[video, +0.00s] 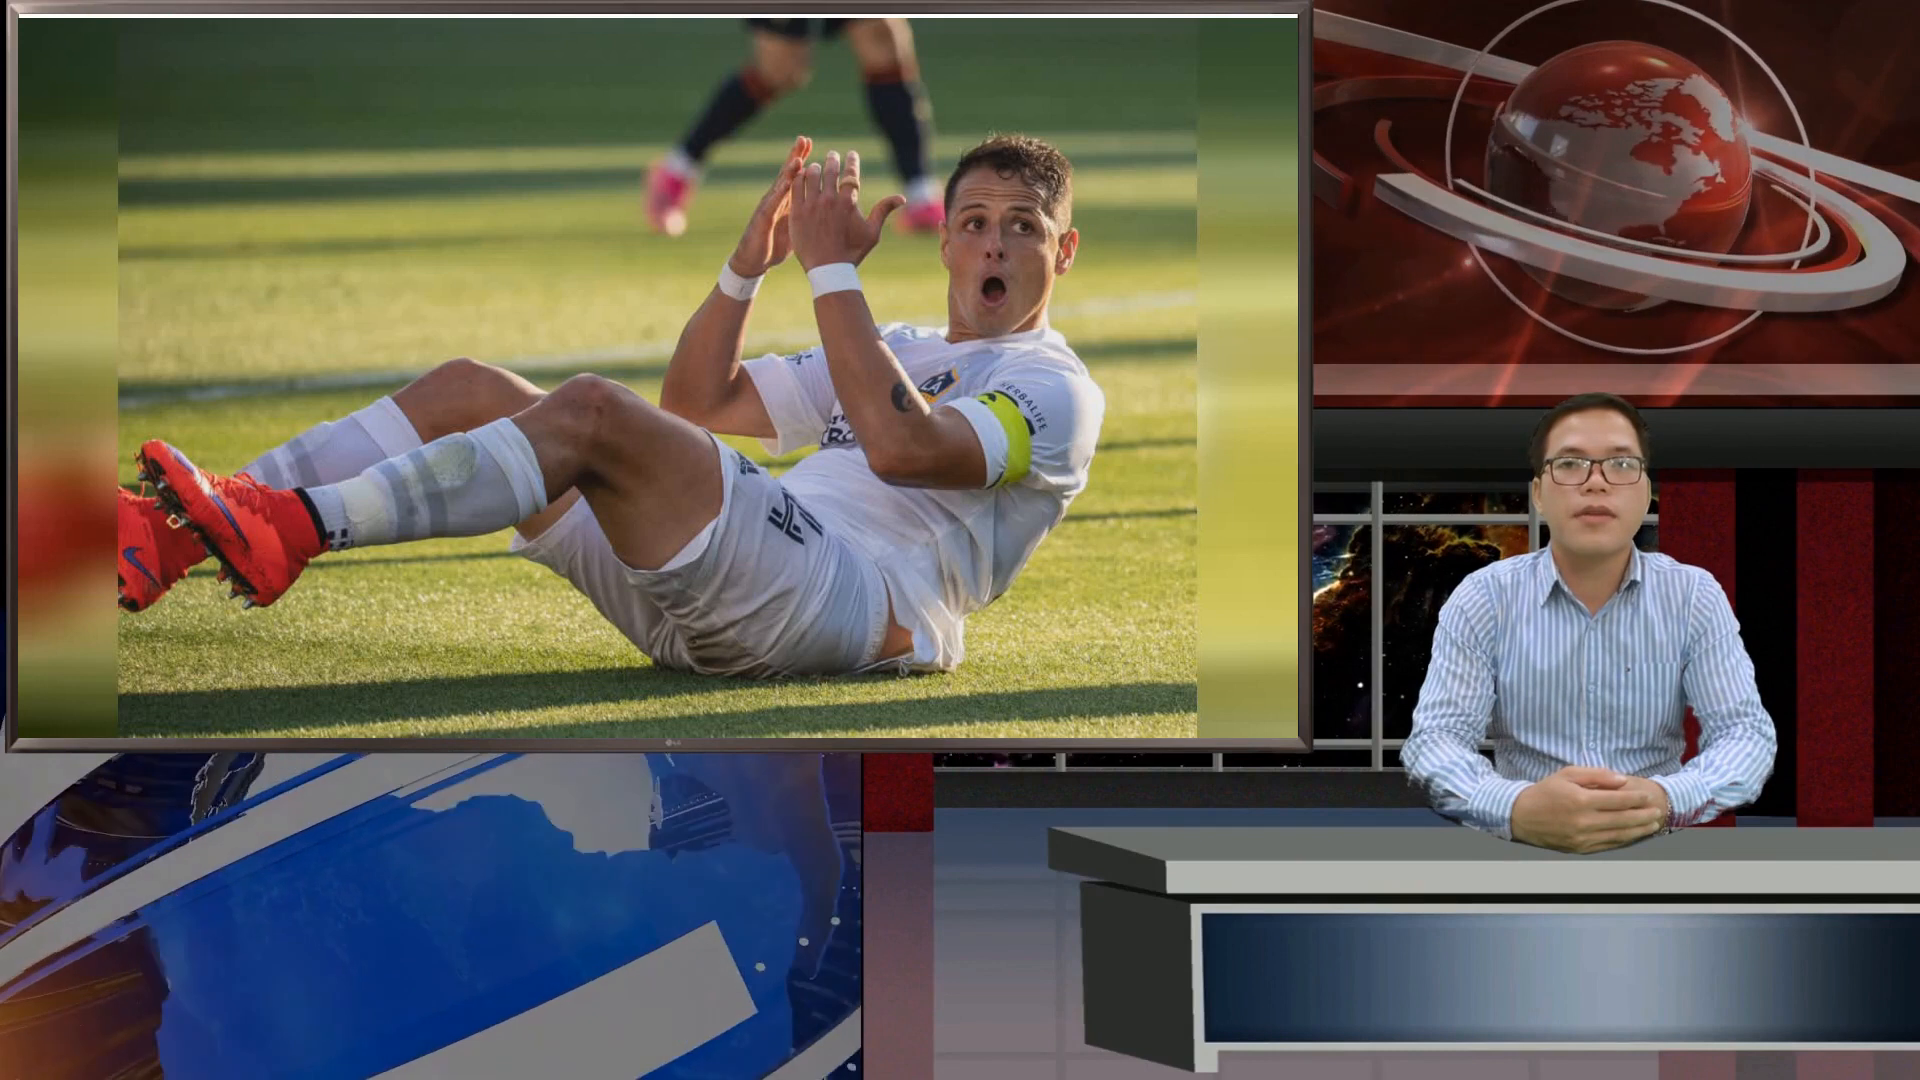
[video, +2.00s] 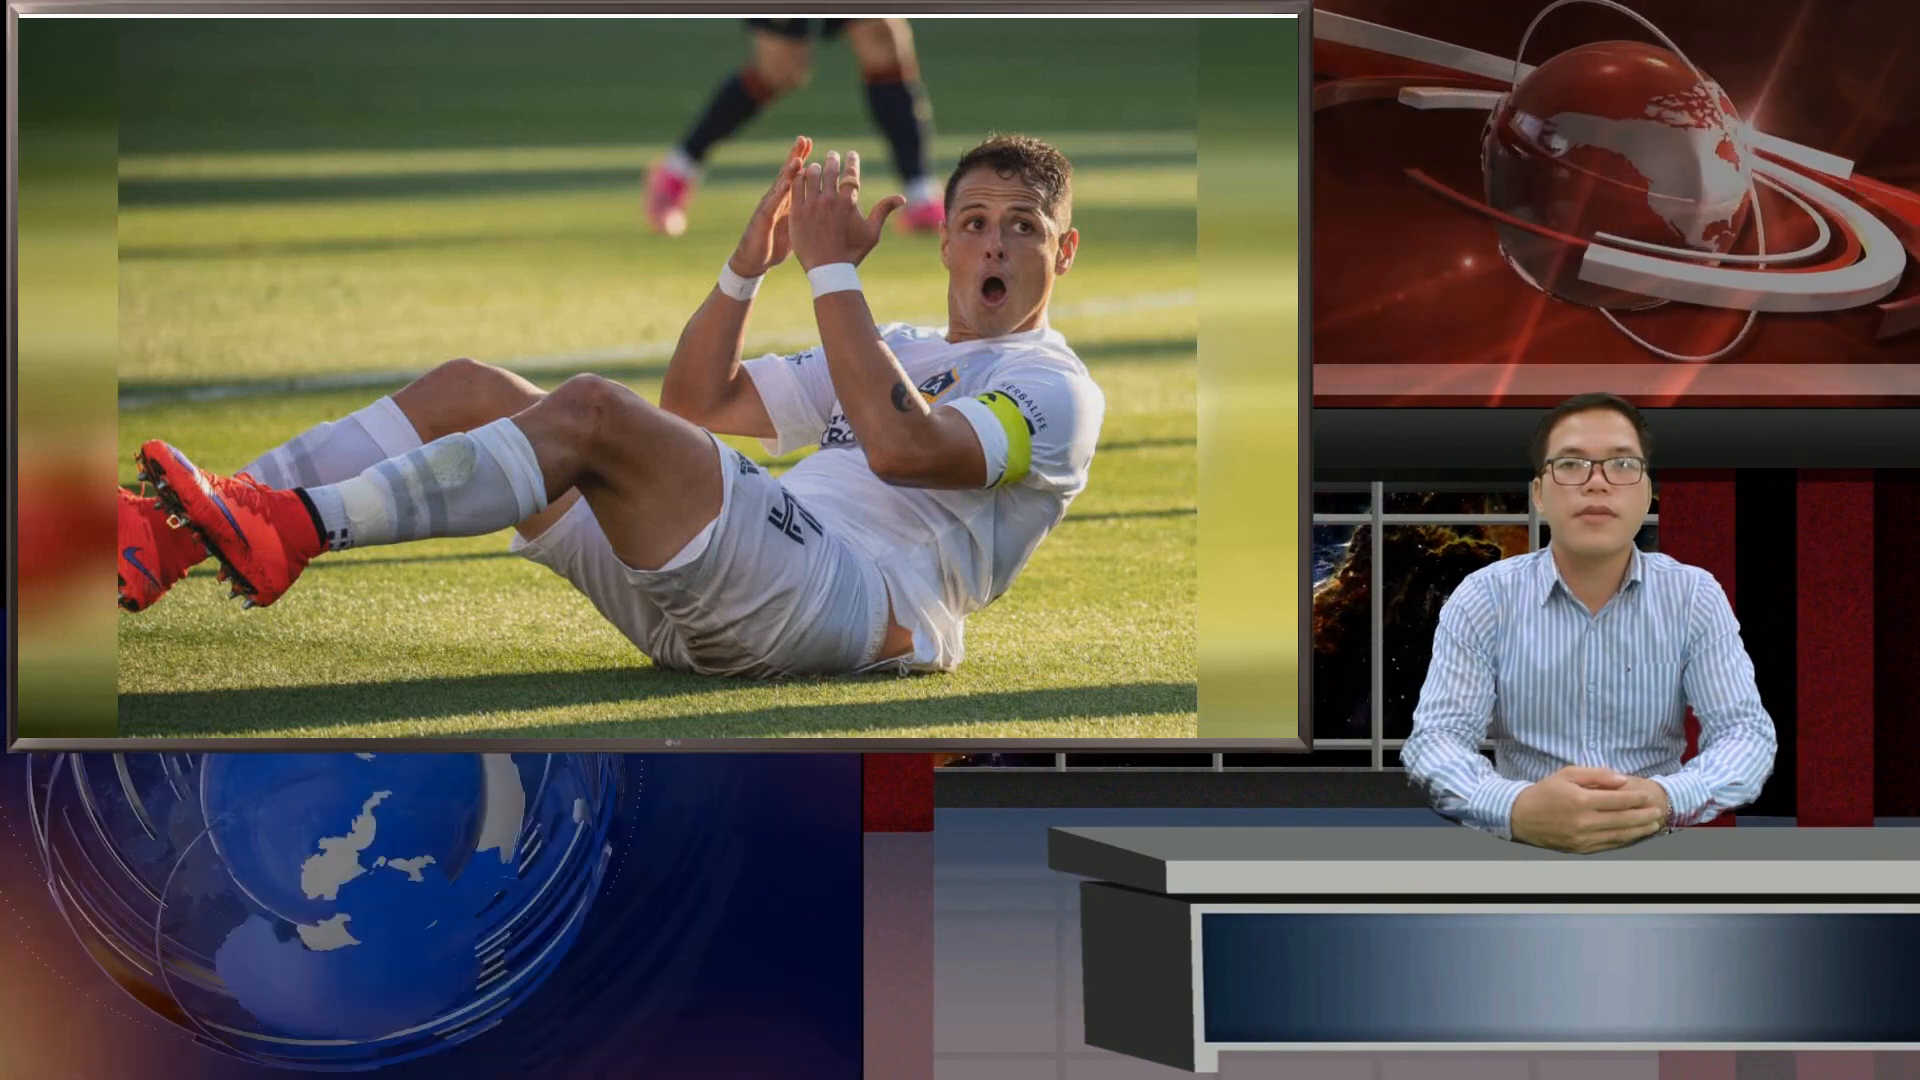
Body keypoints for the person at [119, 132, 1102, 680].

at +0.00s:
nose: (996, 245)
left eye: (1023, 229)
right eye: (976, 223)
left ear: (1066, 257)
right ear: (943, 241)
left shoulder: (1056, 389)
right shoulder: (892, 358)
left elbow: (901, 447)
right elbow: (695, 405)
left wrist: (833, 268)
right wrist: (746, 269)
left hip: (840, 604)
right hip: (732, 572)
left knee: (593, 413)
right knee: (468, 389)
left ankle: (300, 524)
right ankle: (175, 541)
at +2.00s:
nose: (995, 246)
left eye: (1022, 230)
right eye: (975, 224)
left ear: (1065, 257)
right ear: (942, 242)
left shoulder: (1054, 389)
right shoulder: (893, 358)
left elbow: (901, 447)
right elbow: (695, 404)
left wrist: (834, 270)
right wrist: (746, 270)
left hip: (842, 602)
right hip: (735, 572)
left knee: (592, 413)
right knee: (468, 389)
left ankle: (300, 524)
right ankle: (174, 542)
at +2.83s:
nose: (996, 245)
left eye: (1023, 229)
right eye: (976, 223)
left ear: (1065, 257)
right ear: (943, 241)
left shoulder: (1056, 389)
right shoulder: (892, 358)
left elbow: (901, 447)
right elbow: (695, 405)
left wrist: (833, 268)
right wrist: (746, 270)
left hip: (840, 604)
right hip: (732, 572)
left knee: (593, 413)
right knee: (468, 389)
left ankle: (300, 524)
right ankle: (173, 542)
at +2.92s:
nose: (995, 246)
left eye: (1022, 230)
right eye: (975, 224)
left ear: (1065, 257)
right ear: (942, 242)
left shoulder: (1055, 389)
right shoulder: (893, 359)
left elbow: (901, 447)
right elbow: (695, 404)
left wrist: (833, 270)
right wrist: (746, 270)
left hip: (842, 602)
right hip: (734, 572)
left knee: (592, 413)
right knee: (468, 389)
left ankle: (300, 524)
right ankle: (173, 542)